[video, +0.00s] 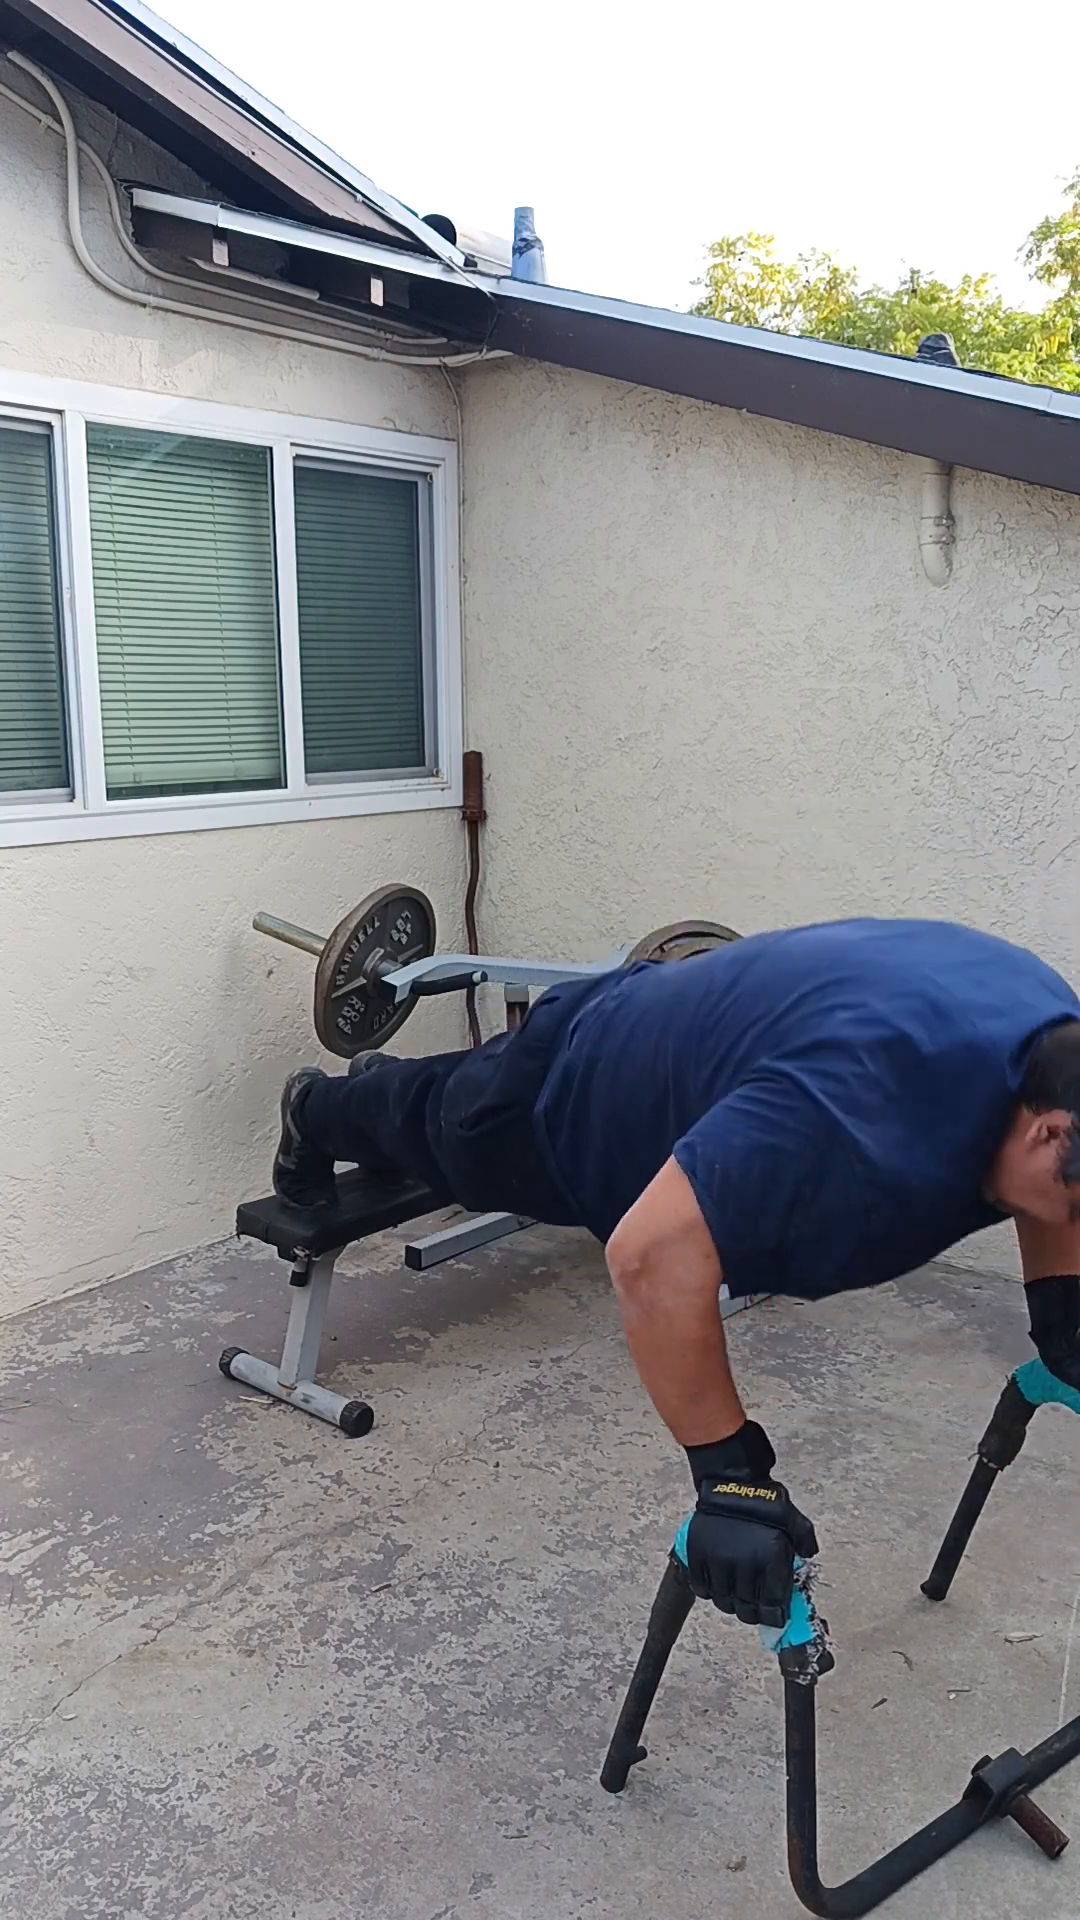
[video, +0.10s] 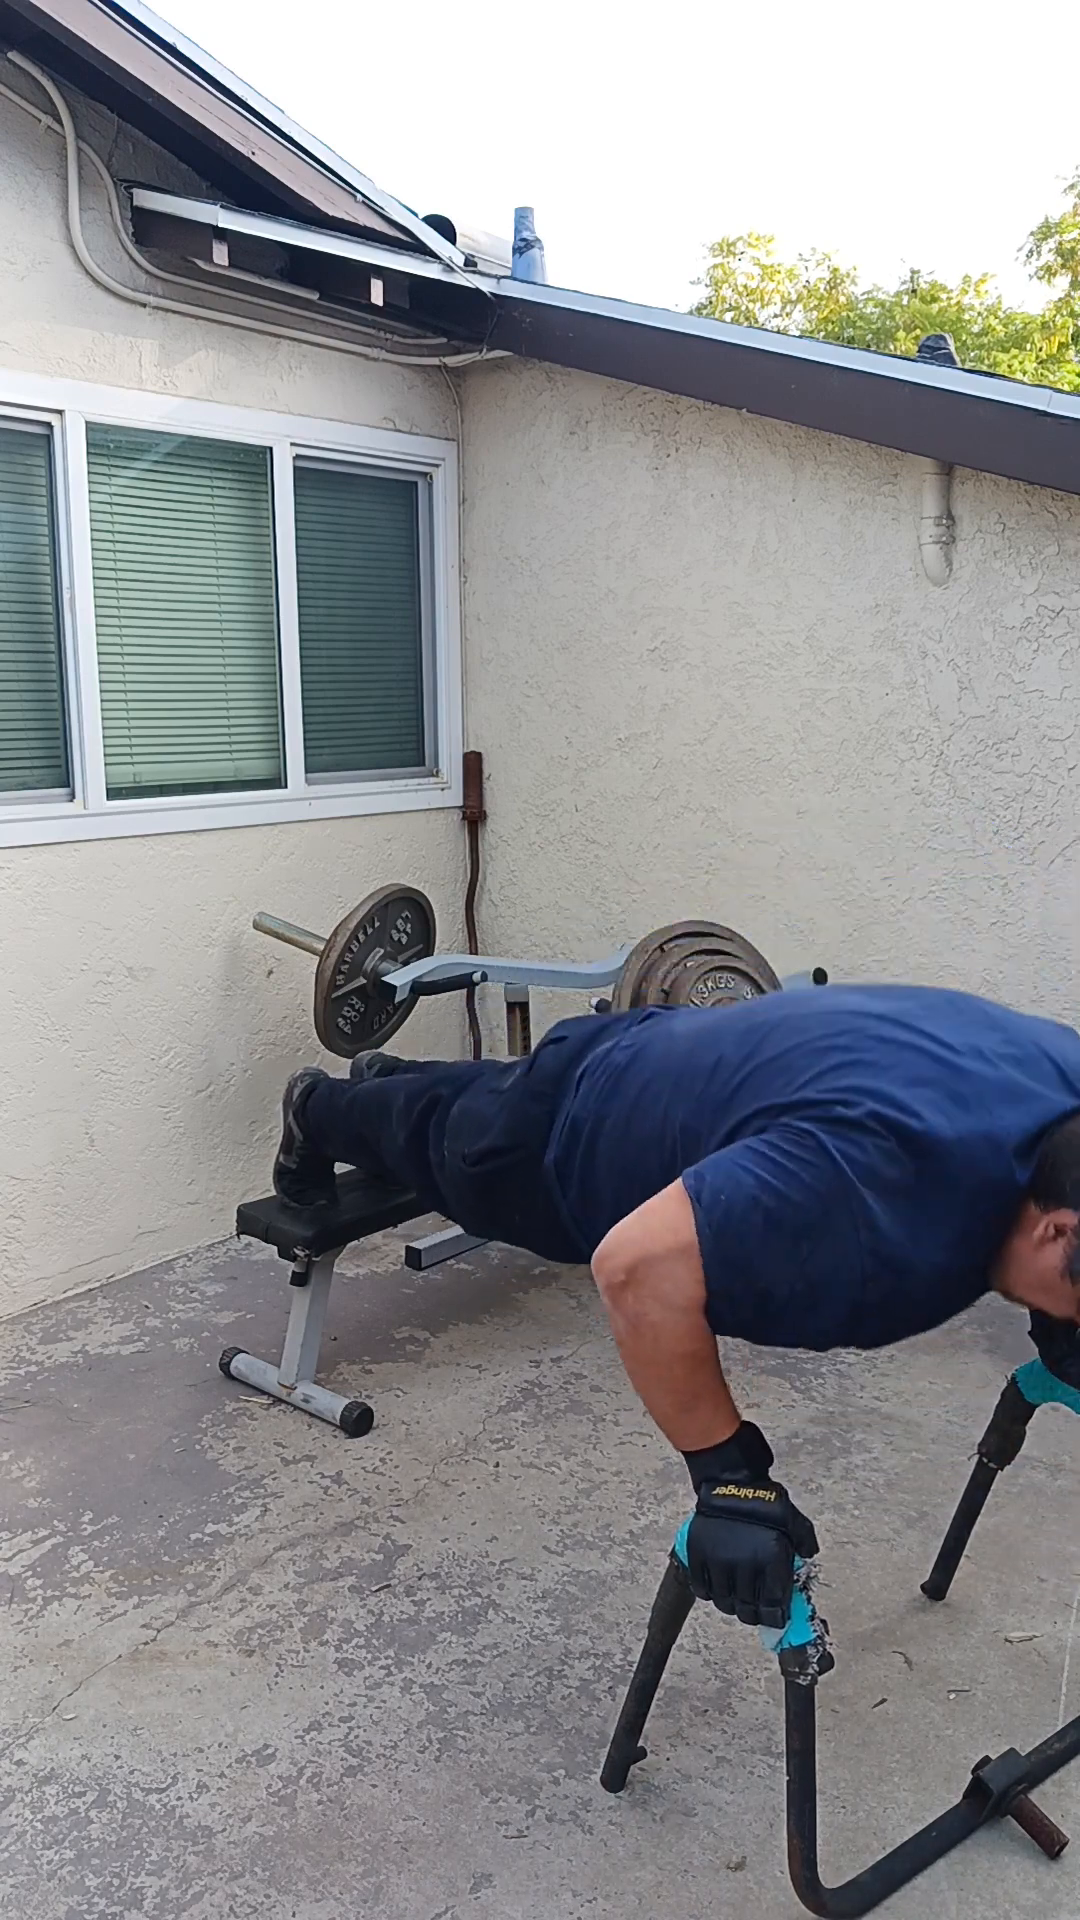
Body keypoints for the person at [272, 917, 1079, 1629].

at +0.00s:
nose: (1062, 1212)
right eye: (1073, 1188)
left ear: (1054, 1135)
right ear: (1045, 1140)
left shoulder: (1050, 1036)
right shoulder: (842, 1116)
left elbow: (1048, 1182)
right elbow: (653, 1260)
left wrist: (1058, 1304)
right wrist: (731, 1477)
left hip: (714, 993)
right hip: (599, 1071)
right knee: (439, 1113)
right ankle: (318, 1107)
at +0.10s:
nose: (1051, 1318)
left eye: (1066, 1316)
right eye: (1066, 1301)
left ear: (1063, 1224)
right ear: (1054, 1235)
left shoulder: (1072, 1079)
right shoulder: (881, 1185)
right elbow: (636, 1270)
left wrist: (1051, 1322)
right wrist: (732, 1477)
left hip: (712, 1036)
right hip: (596, 1114)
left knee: (499, 1103)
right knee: (442, 1119)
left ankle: (377, 1118)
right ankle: (320, 1111)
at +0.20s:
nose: (1047, 1398)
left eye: (1065, 1392)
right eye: (1062, 1381)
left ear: (1069, 1313)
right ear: (1053, 1322)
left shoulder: (1077, 1144)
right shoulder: (891, 1262)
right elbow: (635, 1279)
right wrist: (730, 1481)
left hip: (717, 1078)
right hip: (601, 1150)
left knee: (530, 1101)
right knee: (442, 1136)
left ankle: (394, 1084)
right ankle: (319, 1104)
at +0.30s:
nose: (1048, 1472)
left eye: (1065, 1466)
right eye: (1066, 1457)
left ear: (1068, 1398)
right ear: (1056, 1402)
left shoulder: (1076, 1191)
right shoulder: (911, 1316)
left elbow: (1046, 1136)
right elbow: (651, 1275)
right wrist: (733, 1482)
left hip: (697, 1106)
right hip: (600, 1191)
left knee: (529, 1123)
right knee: (446, 1162)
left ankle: (390, 1083)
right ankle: (319, 1107)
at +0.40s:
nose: (1045, 1534)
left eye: (1059, 1530)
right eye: (1062, 1525)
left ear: (1066, 1475)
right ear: (1058, 1476)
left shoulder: (1079, 1247)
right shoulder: (923, 1361)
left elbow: (1057, 1130)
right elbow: (667, 1271)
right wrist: (731, 1482)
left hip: (709, 1139)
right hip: (600, 1211)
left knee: (535, 1127)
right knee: (445, 1176)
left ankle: (391, 1084)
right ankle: (319, 1107)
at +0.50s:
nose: (1037, 1570)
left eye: (1051, 1572)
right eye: (1054, 1564)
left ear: (1060, 1502)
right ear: (1056, 1511)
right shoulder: (932, 1387)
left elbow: (1055, 1132)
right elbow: (685, 1269)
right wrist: (732, 1487)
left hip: (701, 1148)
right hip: (609, 1218)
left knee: (536, 1139)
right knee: (448, 1188)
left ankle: (392, 1083)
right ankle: (321, 1108)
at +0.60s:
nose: (1034, 1574)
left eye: (1050, 1575)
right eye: (1052, 1567)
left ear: (1058, 1504)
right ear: (1053, 1512)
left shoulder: (1078, 1270)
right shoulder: (929, 1383)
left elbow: (1057, 1131)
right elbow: (684, 1272)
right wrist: (733, 1487)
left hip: (712, 1156)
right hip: (618, 1222)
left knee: (537, 1144)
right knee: (451, 1190)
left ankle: (396, 1084)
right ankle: (324, 1108)